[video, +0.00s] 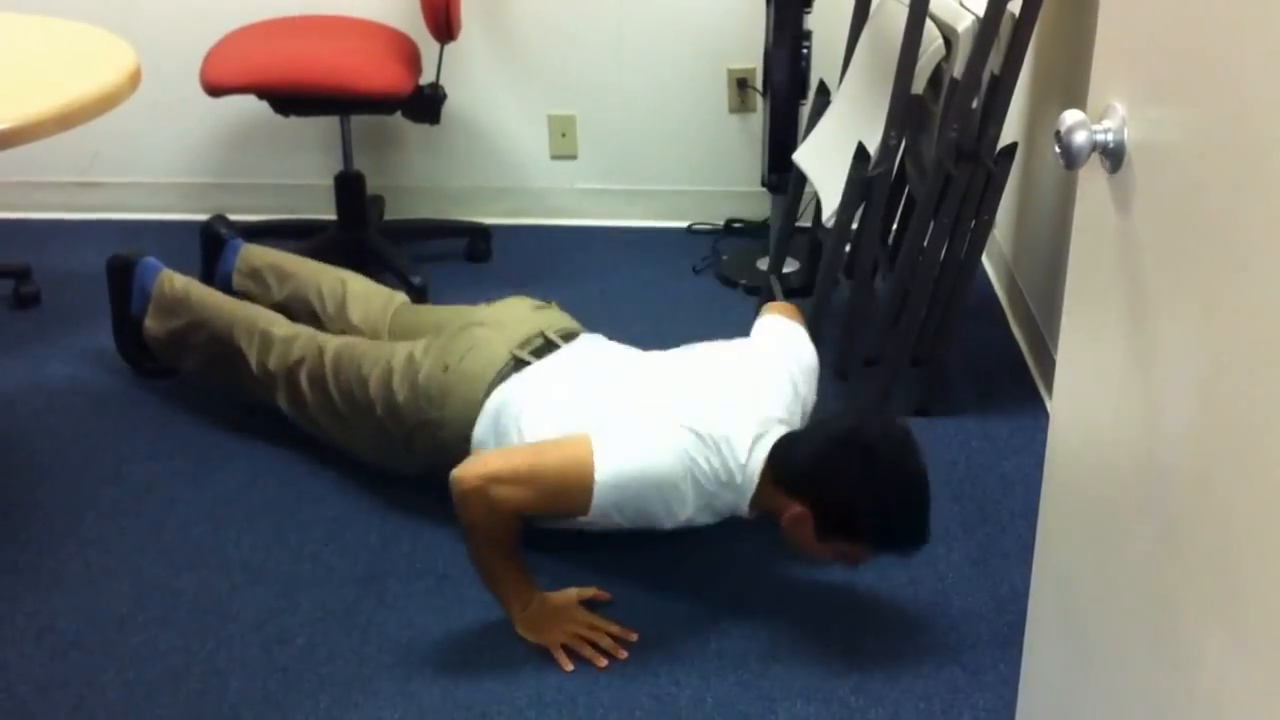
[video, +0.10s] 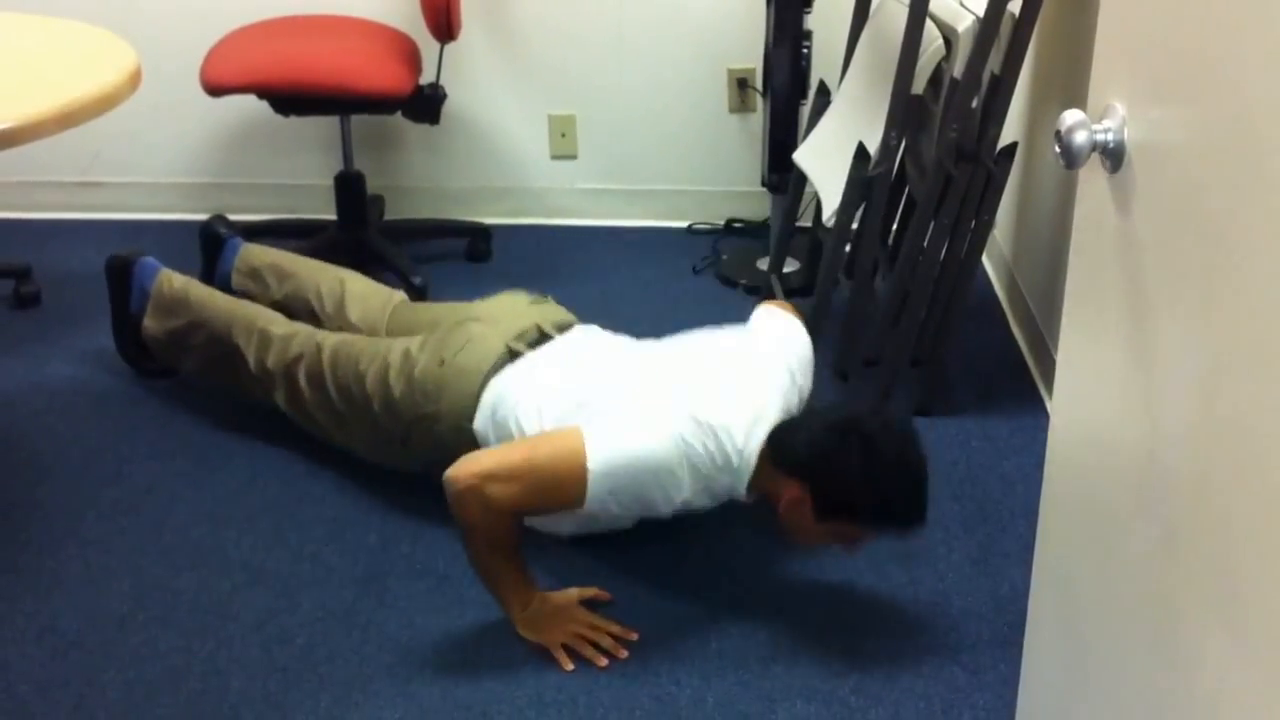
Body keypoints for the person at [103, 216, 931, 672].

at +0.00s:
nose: (839, 561)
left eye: (854, 552)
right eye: (843, 548)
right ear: (803, 512)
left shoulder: (790, 376)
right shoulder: (678, 472)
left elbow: (780, 309)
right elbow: (478, 487)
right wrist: (528, 606)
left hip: (542, 328)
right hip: (466, 398)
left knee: (388, 313)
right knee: (294, 364)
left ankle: (240, 255)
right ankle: (159, 304)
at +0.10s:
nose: (841, 549)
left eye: (857, 539)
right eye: (844, 535)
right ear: (799, 499)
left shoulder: (783, 366)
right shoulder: (666, 462)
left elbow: (777, 305)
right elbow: (472, 486)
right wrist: (528, 605)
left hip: (538, 321)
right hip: (465, 393)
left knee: (387, 311)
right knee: (292, 362)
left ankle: (240, 255)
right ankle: (157, 302)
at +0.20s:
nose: (834, 474)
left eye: (846, 469)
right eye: (835, 463)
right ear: (788, 426)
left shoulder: (776, 301)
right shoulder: (650, 417)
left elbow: (740, 362)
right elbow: (469, 483)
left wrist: (762, 448)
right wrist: (526, 605)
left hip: (527, 291)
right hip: (461, 369)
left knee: (378, 292)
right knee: (290, 353)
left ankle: (233, 249)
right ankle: (155, 302)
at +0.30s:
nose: (824, 400)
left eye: (840, 392)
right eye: (825, 385)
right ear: (779, 345)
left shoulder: (766, 251)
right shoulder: (636, 350)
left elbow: (762, 357)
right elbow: (482, 468)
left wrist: (763, 453)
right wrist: (527, 604)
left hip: (518, 253)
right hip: (455, 325)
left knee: (373, 277)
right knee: (294, 332)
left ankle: (238, 248)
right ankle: (155, 303)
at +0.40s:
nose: (824, 339)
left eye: (839, 324)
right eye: (821, 319)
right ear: (766, 275)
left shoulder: (756, 208)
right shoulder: (618, 296)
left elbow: (761, 328)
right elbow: (510, 444)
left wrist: (765, 451)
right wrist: (526, 600)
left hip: (502, 226)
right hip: (446, 300)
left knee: (369, 261)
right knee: (288, 325)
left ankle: (235, 248)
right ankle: (155, 305)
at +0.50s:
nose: (827, 329)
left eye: (841, 313)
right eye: (823, 310)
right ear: (766, 265)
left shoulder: (758, 207)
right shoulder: (616, 286)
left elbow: (760, 326)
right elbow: (508, 440)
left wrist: (764, 452)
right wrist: (526, 595)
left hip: (511, 226)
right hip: (448, 302)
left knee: (370, 258)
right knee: (288, 324)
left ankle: (231, 248)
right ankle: (154, 308)